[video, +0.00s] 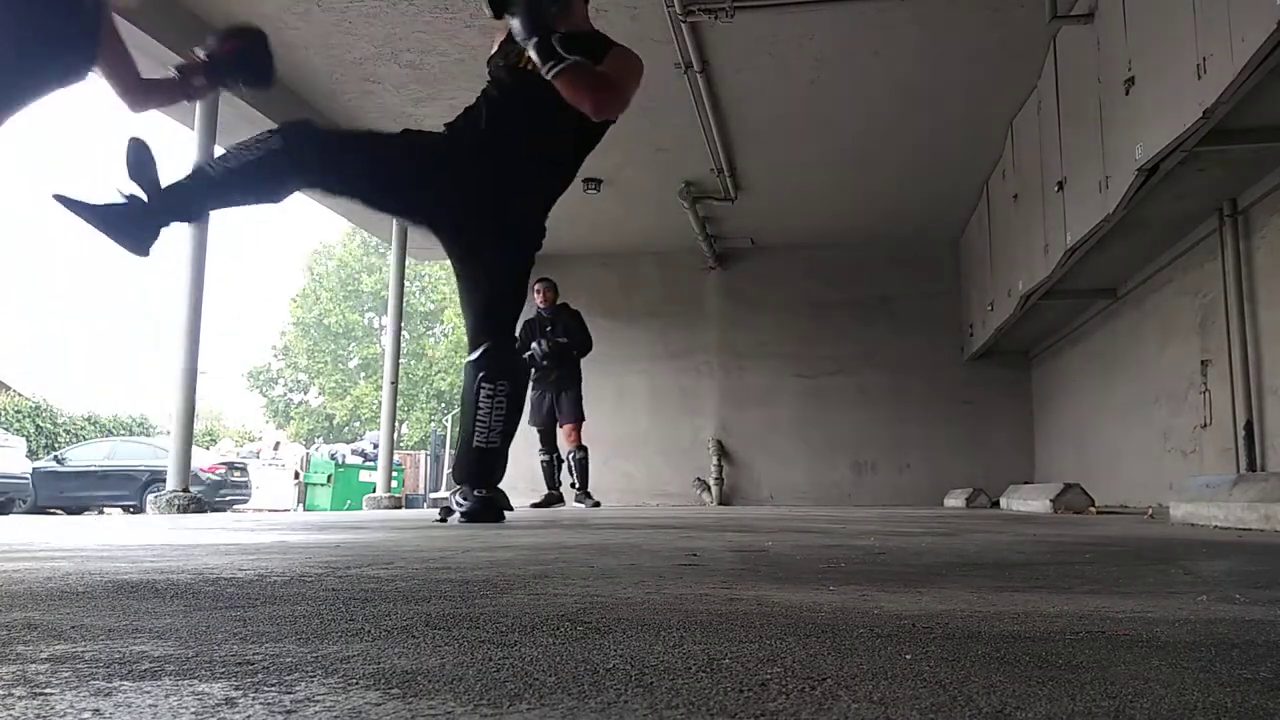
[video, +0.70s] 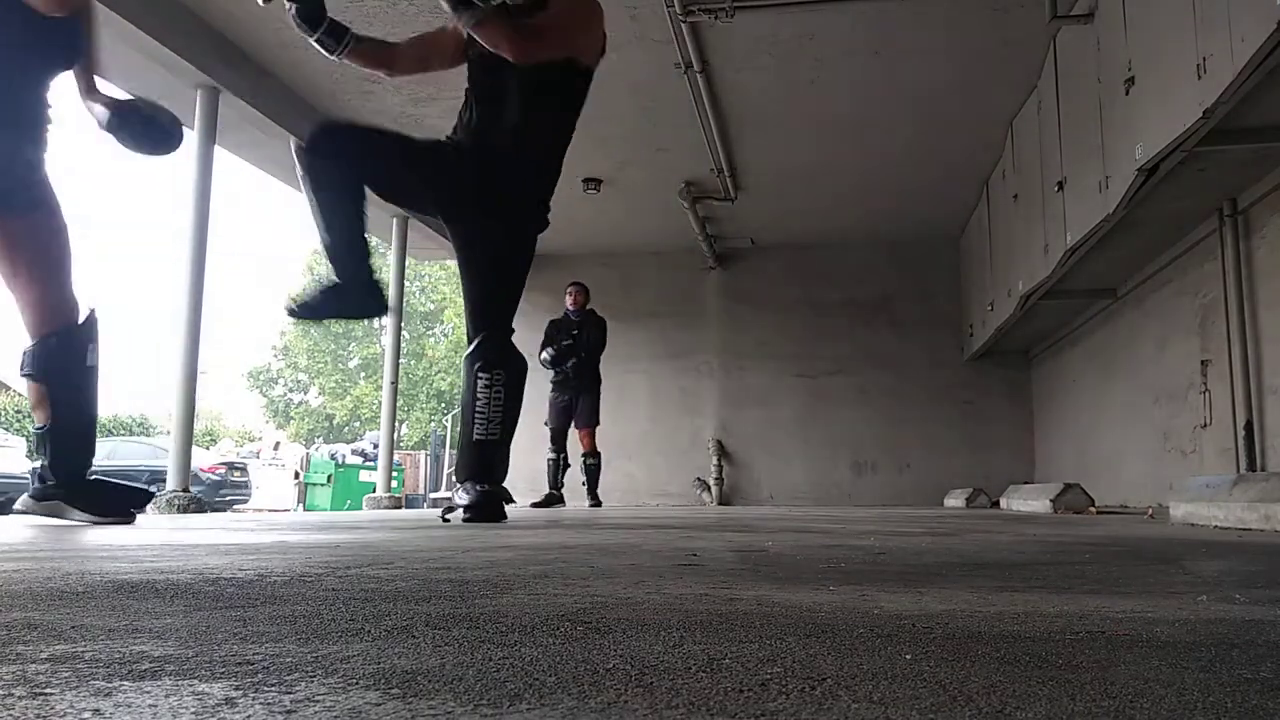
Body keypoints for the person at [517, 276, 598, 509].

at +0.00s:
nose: (542, 295)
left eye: (547, 291)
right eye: (538, 292)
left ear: (555, 293)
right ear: (533, 296)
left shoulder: (570, 316)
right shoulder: (529, 325)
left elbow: (585, 345)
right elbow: (518, 358)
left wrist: (559, 345)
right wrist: (534, 354)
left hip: (568, 385)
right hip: (541, 387)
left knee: (572, 434)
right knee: (546, 438)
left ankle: (582, 492)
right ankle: (553, 491)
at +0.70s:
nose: (573, 298)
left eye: (578, 294)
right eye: (569, 294)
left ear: (586, 298)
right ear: (564, 299)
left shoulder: (596, 322)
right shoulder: (555, 325)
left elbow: (594, 352)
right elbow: (544, 354)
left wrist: (574, 365)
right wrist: (551, 358)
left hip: (587, 388)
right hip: (560, 388)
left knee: (586, 436)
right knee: (556, 437)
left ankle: (592, 491)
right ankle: (554, 491)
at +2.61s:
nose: (564, 313)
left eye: (568, 309)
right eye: (560, 310)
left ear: (577, 312)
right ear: (556, 314)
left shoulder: (590, 333)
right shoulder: (551, 339)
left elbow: (604, 359)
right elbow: (548, 369)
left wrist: (578, 363)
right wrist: (553, 383)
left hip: (586, 396)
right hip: (562, 399)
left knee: (587, 439)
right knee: (569, 444)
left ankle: (594, 492)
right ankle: (576, 492)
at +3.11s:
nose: (579, 321)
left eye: (583, 316)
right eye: (575, 316)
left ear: (592, 314)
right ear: (571, 316)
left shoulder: (604, 333)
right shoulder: (566, 335)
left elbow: (608, 363)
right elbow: (558, 365)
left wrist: (584, 365)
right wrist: (570, 374)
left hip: (595, 396)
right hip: (571, 396)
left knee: (594, 439)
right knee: (573, 442)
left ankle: (602, 494)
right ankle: (577, 493)